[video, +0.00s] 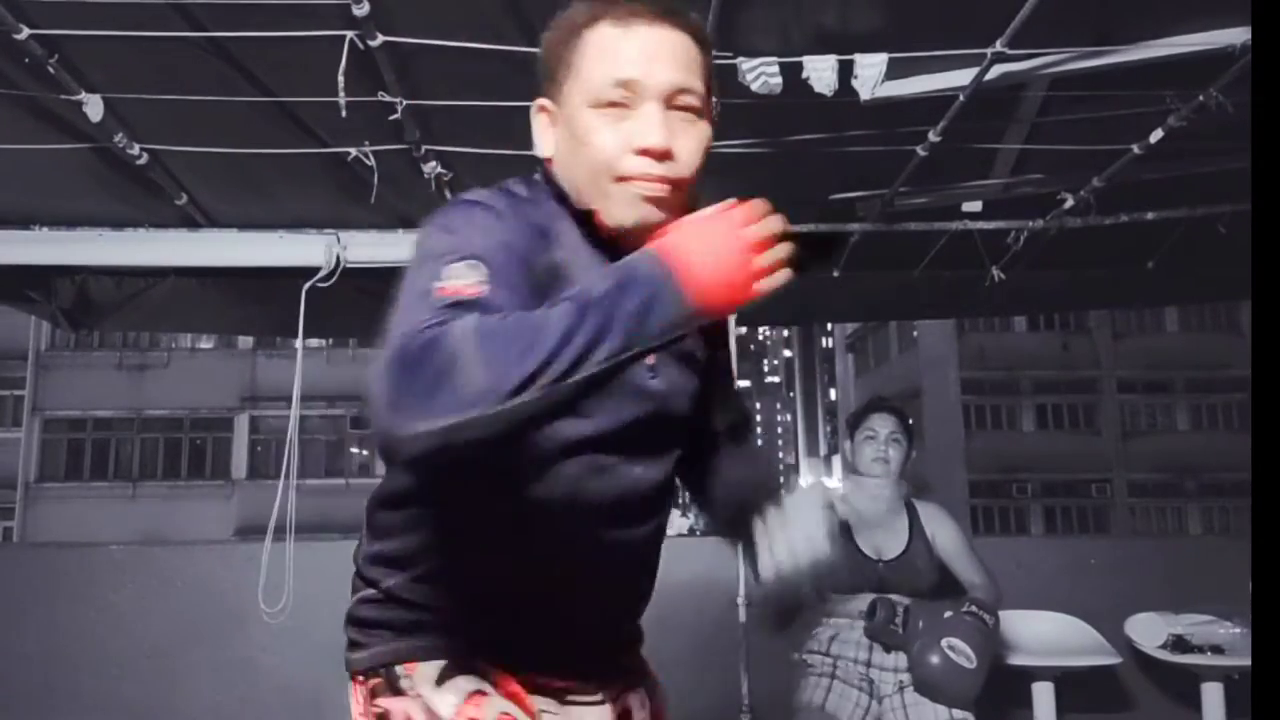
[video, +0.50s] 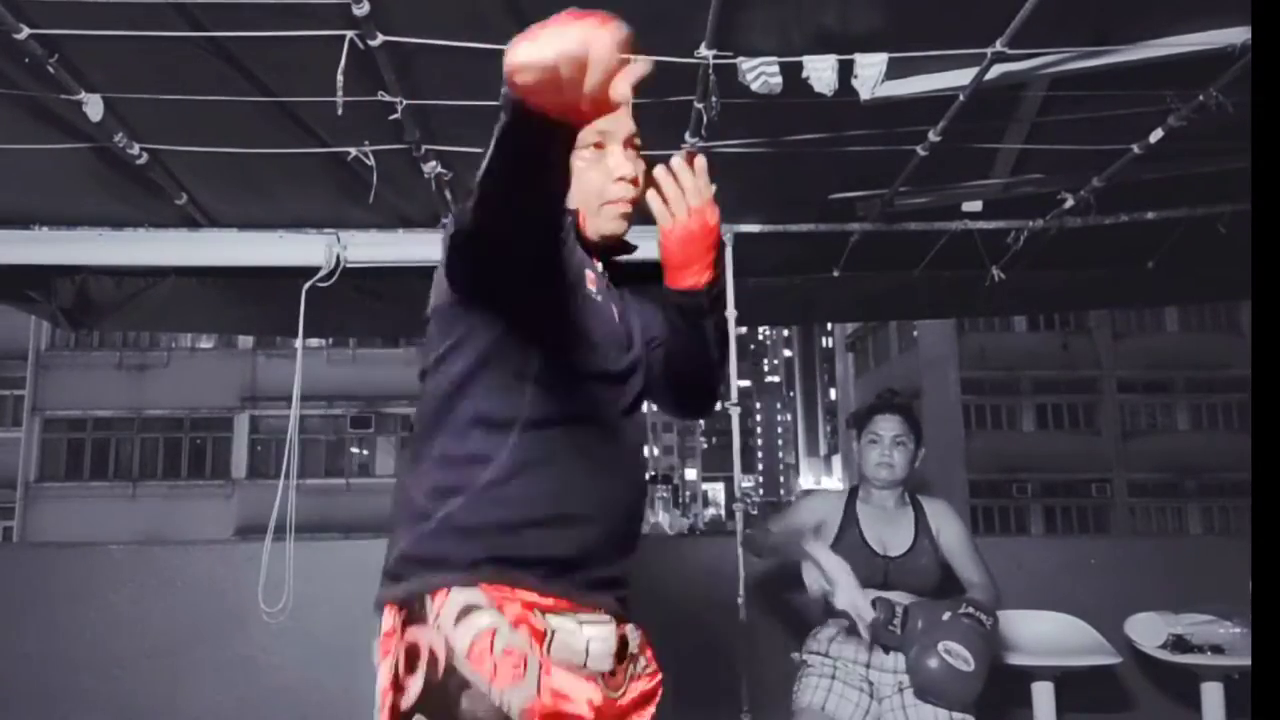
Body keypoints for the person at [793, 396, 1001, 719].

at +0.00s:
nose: (882, 447)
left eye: (894, 440)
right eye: (870, 437)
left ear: (907, 456)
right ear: (849, 450)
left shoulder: (930, 518)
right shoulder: (819, 516)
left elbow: (983, 587)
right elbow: (802, 599)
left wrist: (975, 617)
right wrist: (870, 608)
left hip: (921, 668)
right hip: (837, 664)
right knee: (824, 712)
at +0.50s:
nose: (885, 452)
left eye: (899, 443)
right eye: (874, 441)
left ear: (917, 457)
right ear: (857, 450)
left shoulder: (937, 515)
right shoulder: (825, 507)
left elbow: (984, 591)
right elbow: (755, 541)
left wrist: (951, 617)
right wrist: (806, 549)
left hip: (921, 670)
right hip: (838, 667)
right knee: (820, 711)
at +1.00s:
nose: (885, 452)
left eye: (897, 443)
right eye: (872, 442)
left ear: (912, 454)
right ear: (852, 450)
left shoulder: (932, 515)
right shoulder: (831, 513)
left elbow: (983, 589)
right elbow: (760, 558)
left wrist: (971, 619)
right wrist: (805, 521)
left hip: (923, 671)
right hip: (841, 667)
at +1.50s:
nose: (885, 450)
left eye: (899, 442)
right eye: (874, 439)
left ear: (913, 456)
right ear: (854, 448)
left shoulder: (933, 516)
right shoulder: (830, 516)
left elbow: (983, 588)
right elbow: (772, 573)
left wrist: (973, 619)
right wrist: (786, 518)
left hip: (921, 665)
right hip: (839, 662)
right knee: (824, 711)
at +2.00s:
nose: (887, 451)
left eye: (900, 443)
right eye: (875, 439)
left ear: (915, 457)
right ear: (856, 449)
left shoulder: (934, 517)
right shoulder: (828, 512)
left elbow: (985, 589)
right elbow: (777, 576)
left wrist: (977, 616)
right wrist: (764, 518)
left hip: (920, 665)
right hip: (840, 661)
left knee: (938, 716)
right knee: (829, 713)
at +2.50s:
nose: (883, 450)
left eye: (895, 443)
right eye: (870, 439)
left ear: (909, 456)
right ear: (850, 450)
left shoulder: (931, 518)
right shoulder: (823, 515)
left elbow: (984, 587)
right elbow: (764, 576)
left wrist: (972, 620)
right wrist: (769, 526)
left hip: (921, 669)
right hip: (840, 666)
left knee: (938, 714)